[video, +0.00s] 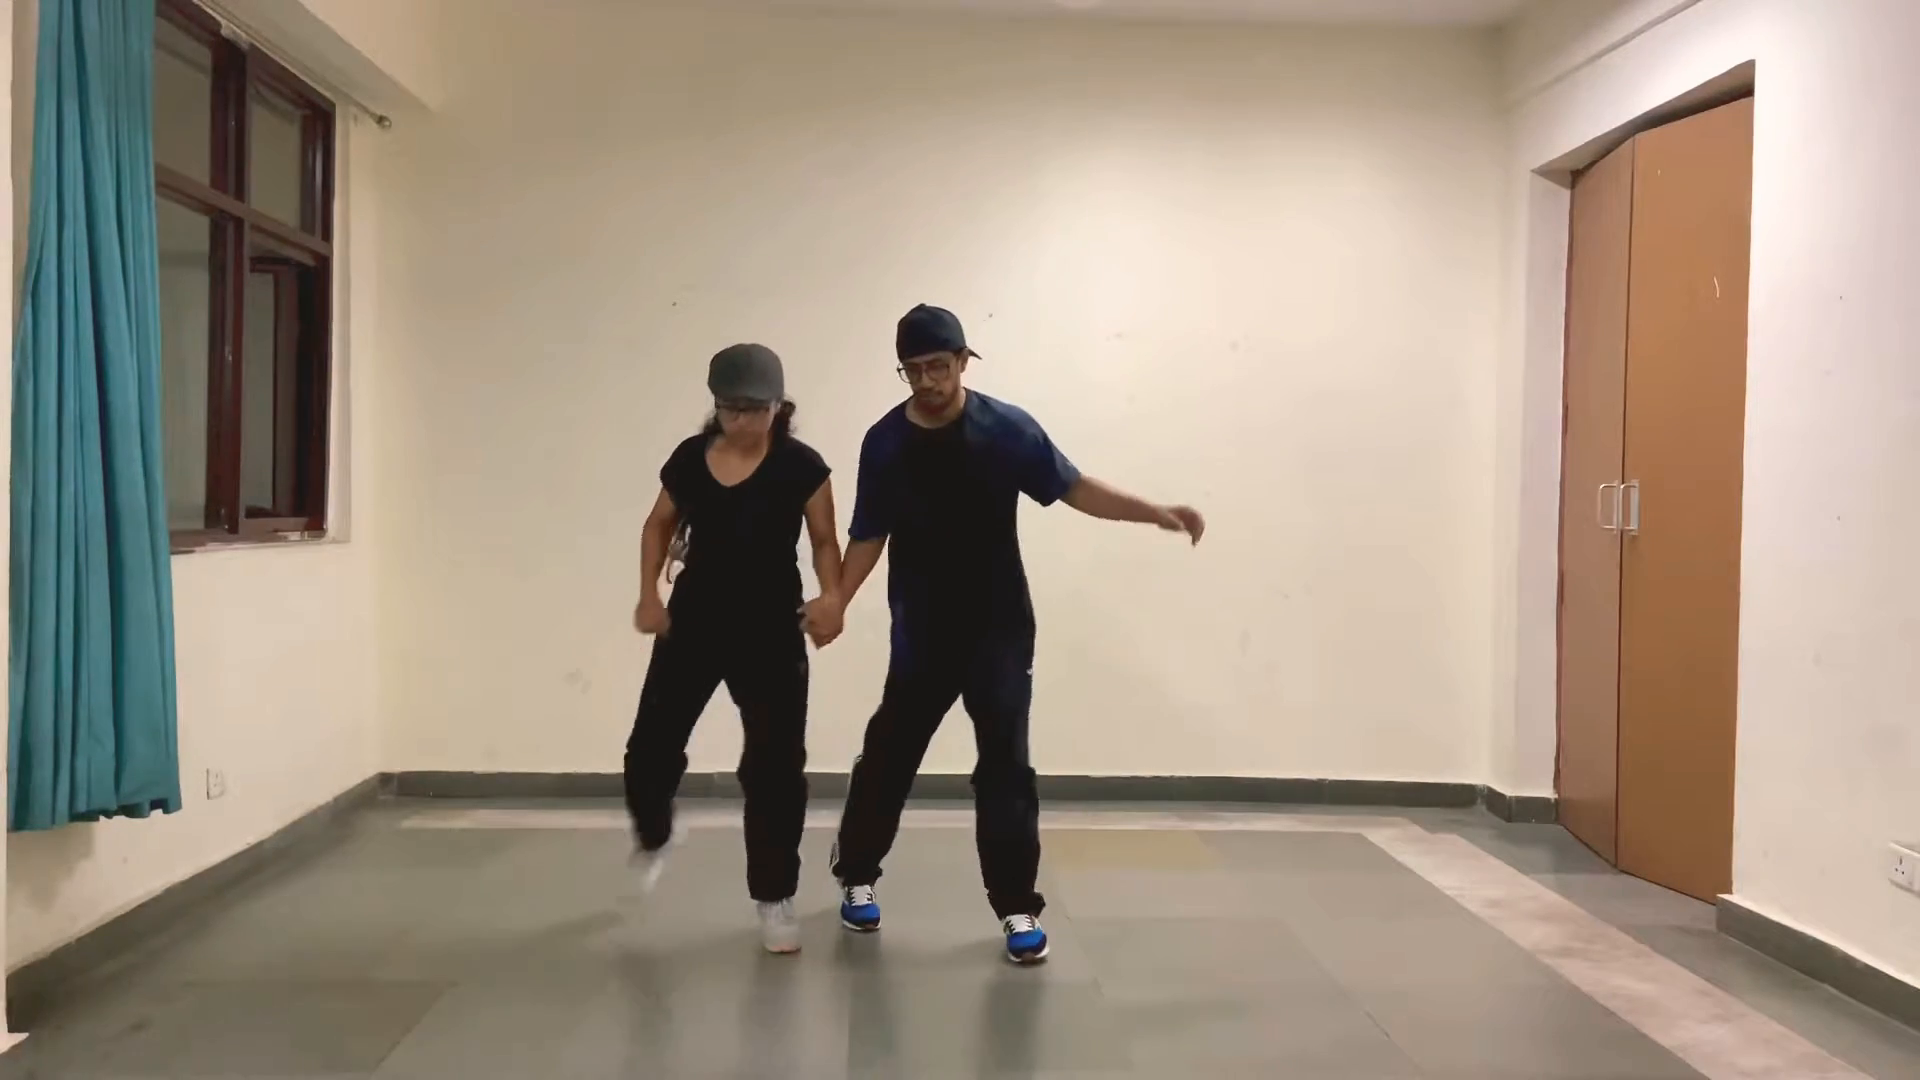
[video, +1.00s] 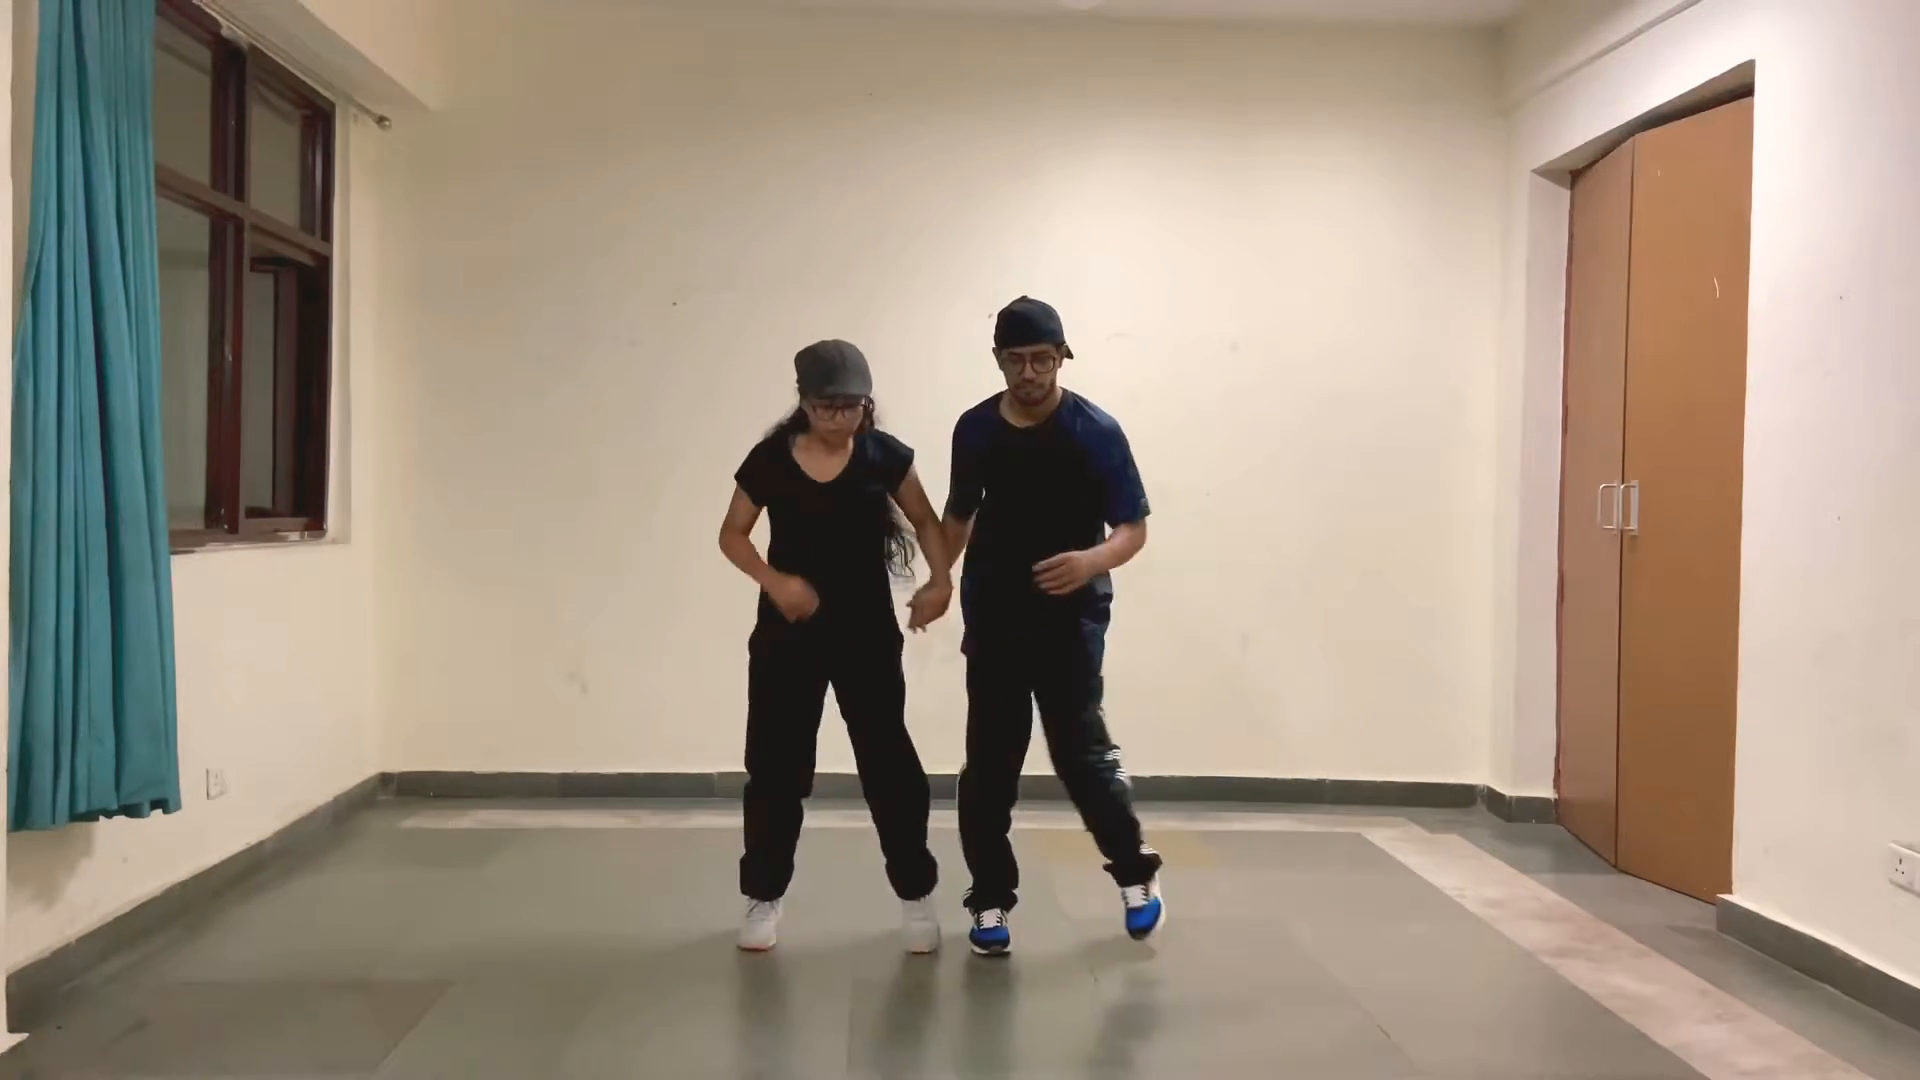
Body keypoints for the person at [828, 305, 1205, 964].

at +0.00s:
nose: (931, 381)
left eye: (942, 366)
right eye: (917, 369)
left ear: (964, 361)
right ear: (903, 370)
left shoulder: (1007, 430)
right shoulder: (886, 443)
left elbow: (1075, 488)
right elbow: (866, 537)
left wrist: (1159, 514)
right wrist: (833, 602)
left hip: (999, 627)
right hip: (922, 629)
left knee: (1006, 763)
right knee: (891, 752)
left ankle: (1018, 906)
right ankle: (858, 875)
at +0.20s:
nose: (968, 370)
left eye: (980, 356)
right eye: (955, 358)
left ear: (999, 352)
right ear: (936, 357)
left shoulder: (1034, 422)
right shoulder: (910, 426)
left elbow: (1108, 482)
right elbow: (891, 516)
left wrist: (1183, 489)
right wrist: (872, 565)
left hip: (1034, 625)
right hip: (961, 629)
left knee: (1041, 772)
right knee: (982, 767)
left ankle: (1029, 912)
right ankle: (983, 902)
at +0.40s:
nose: (993, 374)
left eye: (1005, 361)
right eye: (980, 362)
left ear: (1023, 360)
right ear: (960, 361)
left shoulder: (1056, 430)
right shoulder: (935, 435)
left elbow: (1084, 525)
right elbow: (915, 538)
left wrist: (1132, 607)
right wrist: (886, 620)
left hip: (1046, 622)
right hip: (971, 625)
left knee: (1050, 759)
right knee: (975, 762)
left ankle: (1045, 900)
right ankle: (982, 901)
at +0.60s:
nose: (1009, 379)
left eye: (1022, 366)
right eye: (996, 366)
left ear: (1040, 366)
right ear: (977, 365)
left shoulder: (1066, 433)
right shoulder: (947, 436)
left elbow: (1062, 546)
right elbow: (937, 533)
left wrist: (992, 625)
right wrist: (923, 616)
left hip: (1080, 615)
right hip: (1006, 623)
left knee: (1127, 747)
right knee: (1016, 761)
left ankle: (1149, 894)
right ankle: (998, 899)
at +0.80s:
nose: (1025, 384)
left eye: (1038, 372)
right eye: (1013, 371)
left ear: (1056, 373)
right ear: (994, 370)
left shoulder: (1080, 441)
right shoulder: (963, 438)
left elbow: (1087, 551)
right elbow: (947, 518)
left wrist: (989, 591)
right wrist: (972, 595)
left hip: (1102, 621)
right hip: (1029, 629)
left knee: (1149, 762)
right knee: (1042, 771)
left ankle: (1179, 905)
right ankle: (1005, 900)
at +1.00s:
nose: (1030, 371)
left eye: (1042, 359)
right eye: (1017, 359)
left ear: (1062, 359)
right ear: (999, 361)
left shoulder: (1096, 434)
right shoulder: (975, 431)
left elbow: (1133, 530)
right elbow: (958, 515)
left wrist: (1093, 561)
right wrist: (936, 583)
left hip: (1069, 619)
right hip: (993, 618)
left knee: (1081, 756)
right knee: (989, 765)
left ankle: (1134, 873)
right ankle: (990, 898)